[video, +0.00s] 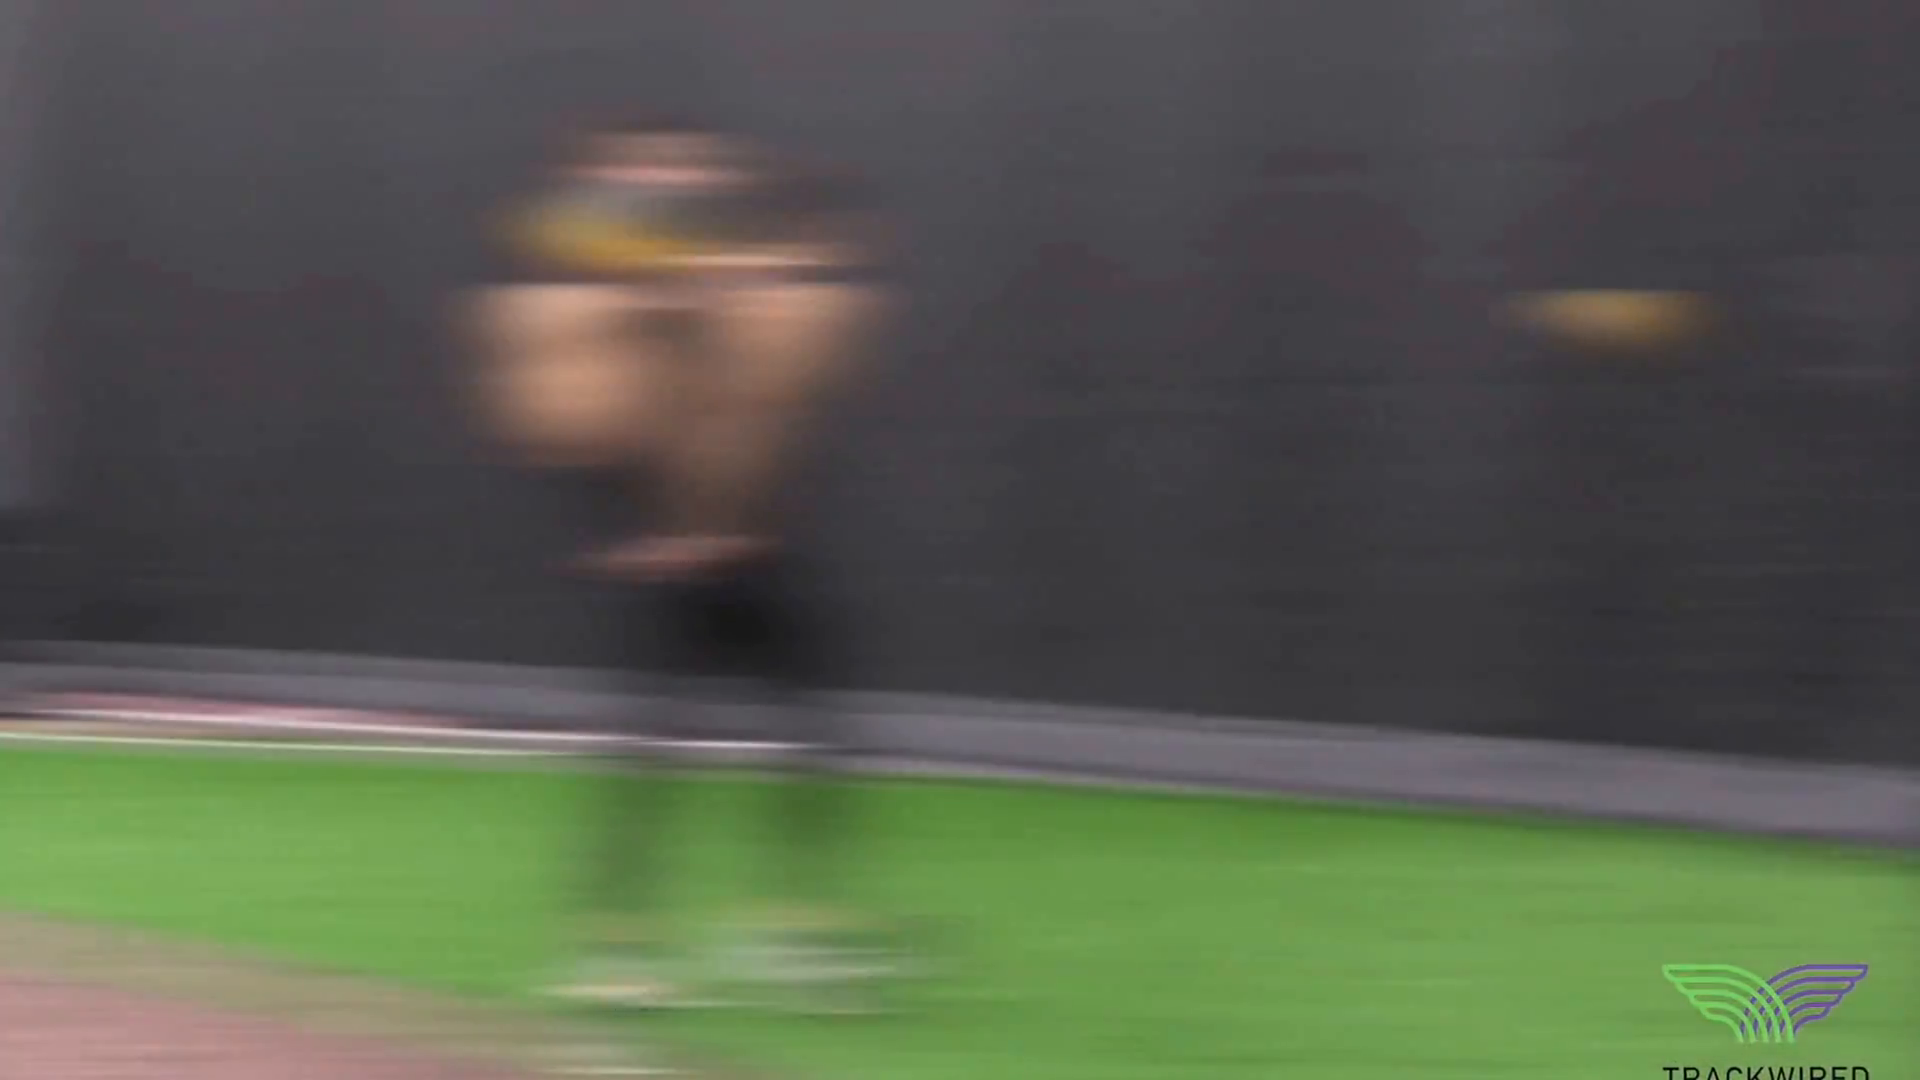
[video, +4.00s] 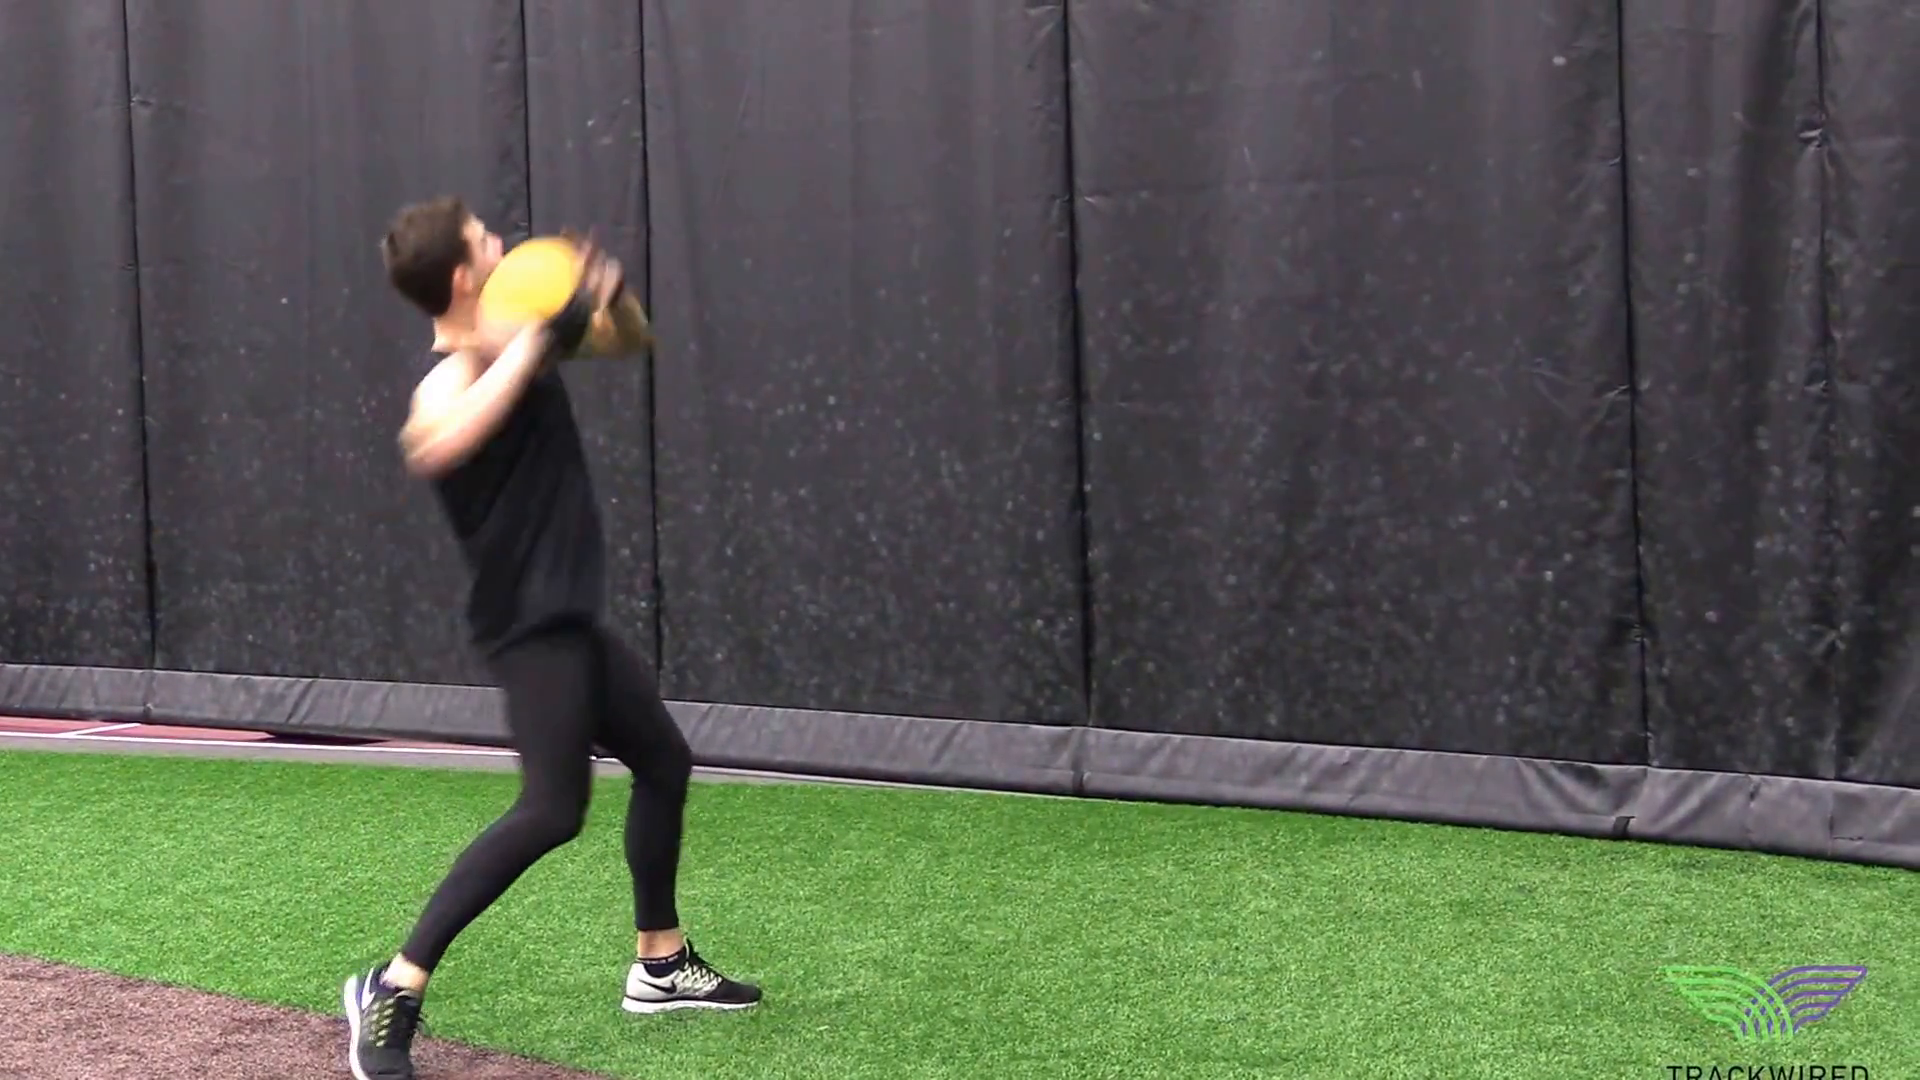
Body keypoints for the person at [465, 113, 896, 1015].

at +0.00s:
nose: (663, 208)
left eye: (686, 189)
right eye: (637, 192)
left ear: (724, 188)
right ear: (596, 196)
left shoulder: (767, 263)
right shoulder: (582, 277)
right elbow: (553, 407)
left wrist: (720, 513)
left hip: (755, 537)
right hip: (641, 535)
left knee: (812, 717)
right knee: (640, 733)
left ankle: (801, 915)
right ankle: (618, 930)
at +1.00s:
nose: (790, 189)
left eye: (798, 177)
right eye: (770, 178)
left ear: (811, 197)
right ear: (729, 202)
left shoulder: (839, 301)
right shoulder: (694, 291)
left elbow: (930, 417)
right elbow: (572, 323)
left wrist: (880, 332)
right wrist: (696, 294)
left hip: (823, 578)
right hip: (721, 574)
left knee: (850, 768)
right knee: (695, 767)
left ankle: (851, 961)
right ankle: (635, 982)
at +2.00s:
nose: (551, 257)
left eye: (554, 239)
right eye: (529, 246)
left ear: (562, 246)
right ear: (480, 265)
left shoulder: (608, 333)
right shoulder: (442, 338)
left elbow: (696, 449)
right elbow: (287, 354)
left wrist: (612, 397)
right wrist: (400, 362)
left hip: (592, 604)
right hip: (484, 604)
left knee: (648, 775)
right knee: (449, 782)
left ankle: (682, 962)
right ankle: (378, 994)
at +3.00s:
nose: (407, 454)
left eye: (405, 434)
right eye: (384, 453)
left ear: (408, 414)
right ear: (331, 465)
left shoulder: (462, 474)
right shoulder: (288, 484)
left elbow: (556, 589)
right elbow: (135, 486)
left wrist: (449, 593)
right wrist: (240, 539)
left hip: (516, 639)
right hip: (402, 663)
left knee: (628, 781)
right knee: (395, 806)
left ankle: (699, 929)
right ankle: (373, 1013)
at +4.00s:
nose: (502, 248)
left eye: (493, 237)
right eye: (488, 243)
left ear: (460, 280)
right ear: (462, 277)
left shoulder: (522, 334)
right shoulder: (447, 378)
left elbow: (627, 338)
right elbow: (430, 448)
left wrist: (607, 294)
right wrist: (530, 347)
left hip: (573, 618)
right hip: (529, 627)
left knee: (665, 763)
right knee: (550, 810)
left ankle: (662, 963)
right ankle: (395, 985)